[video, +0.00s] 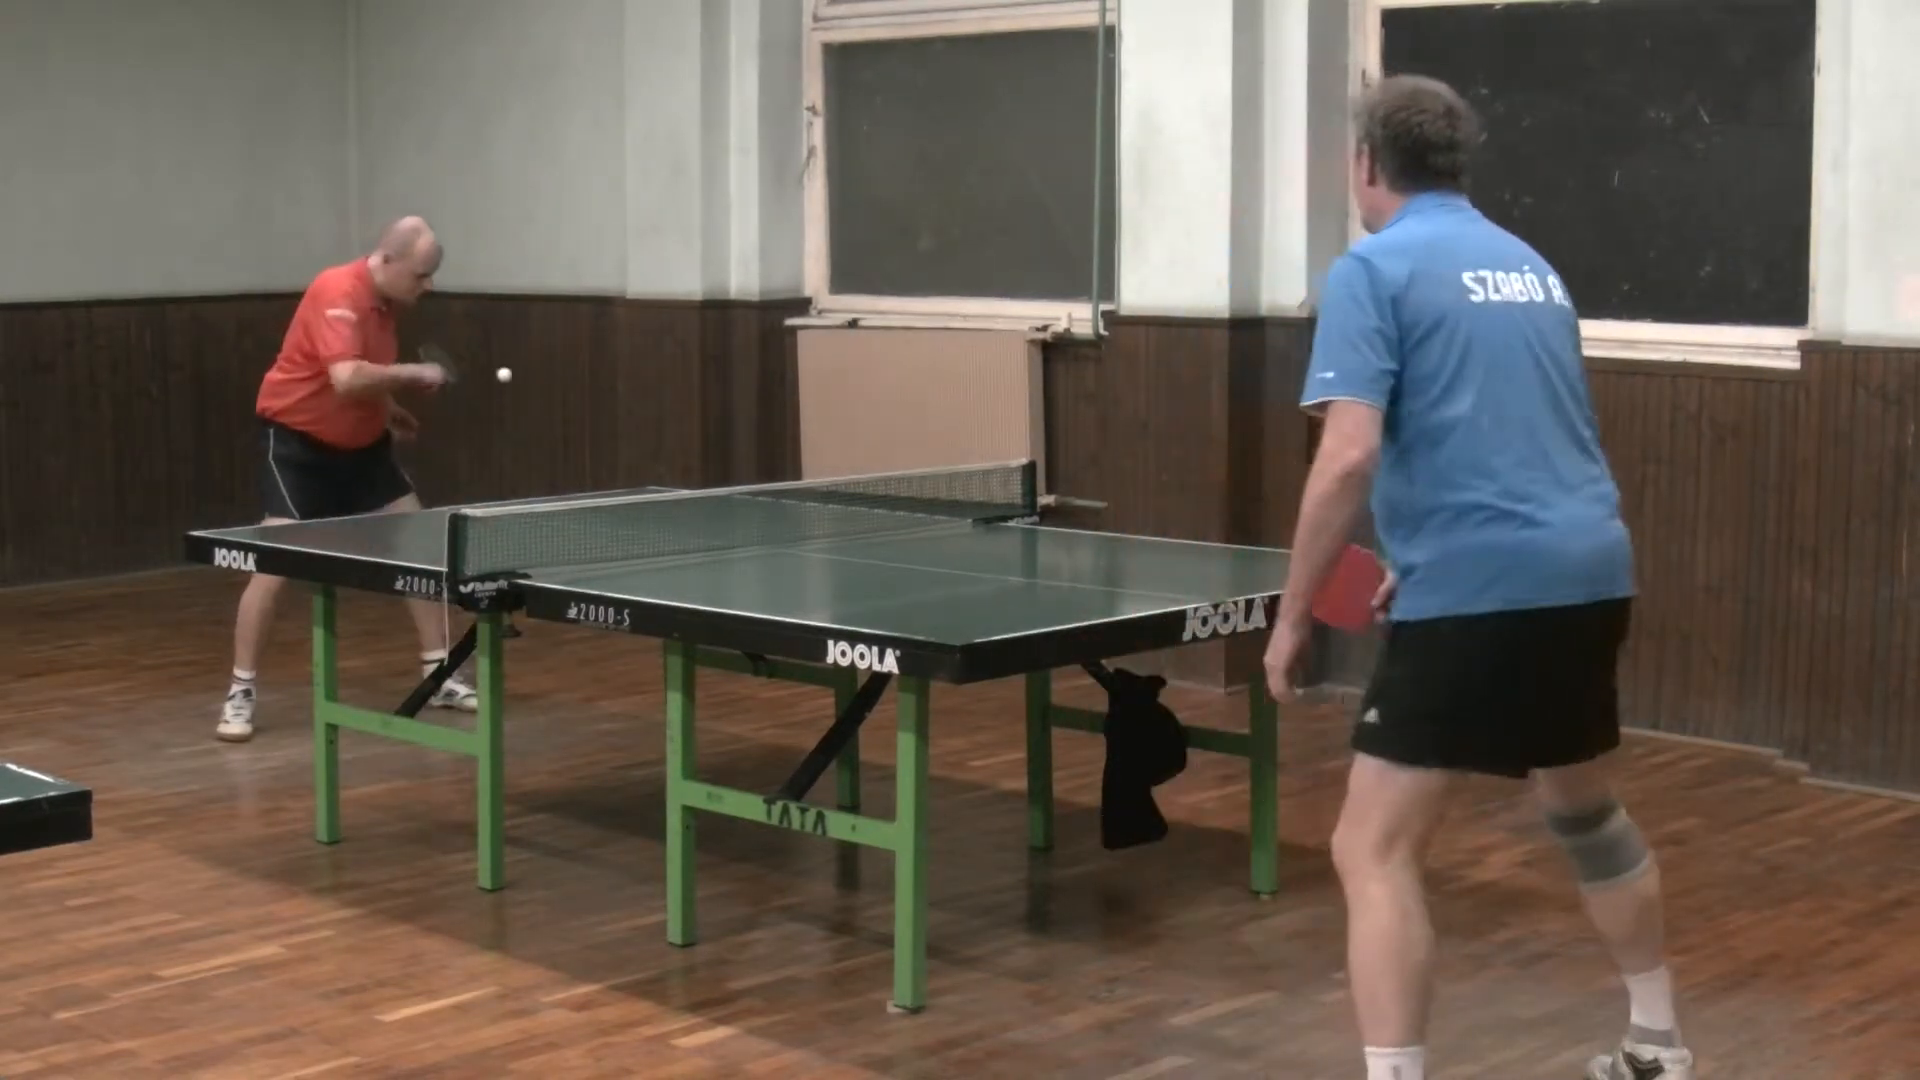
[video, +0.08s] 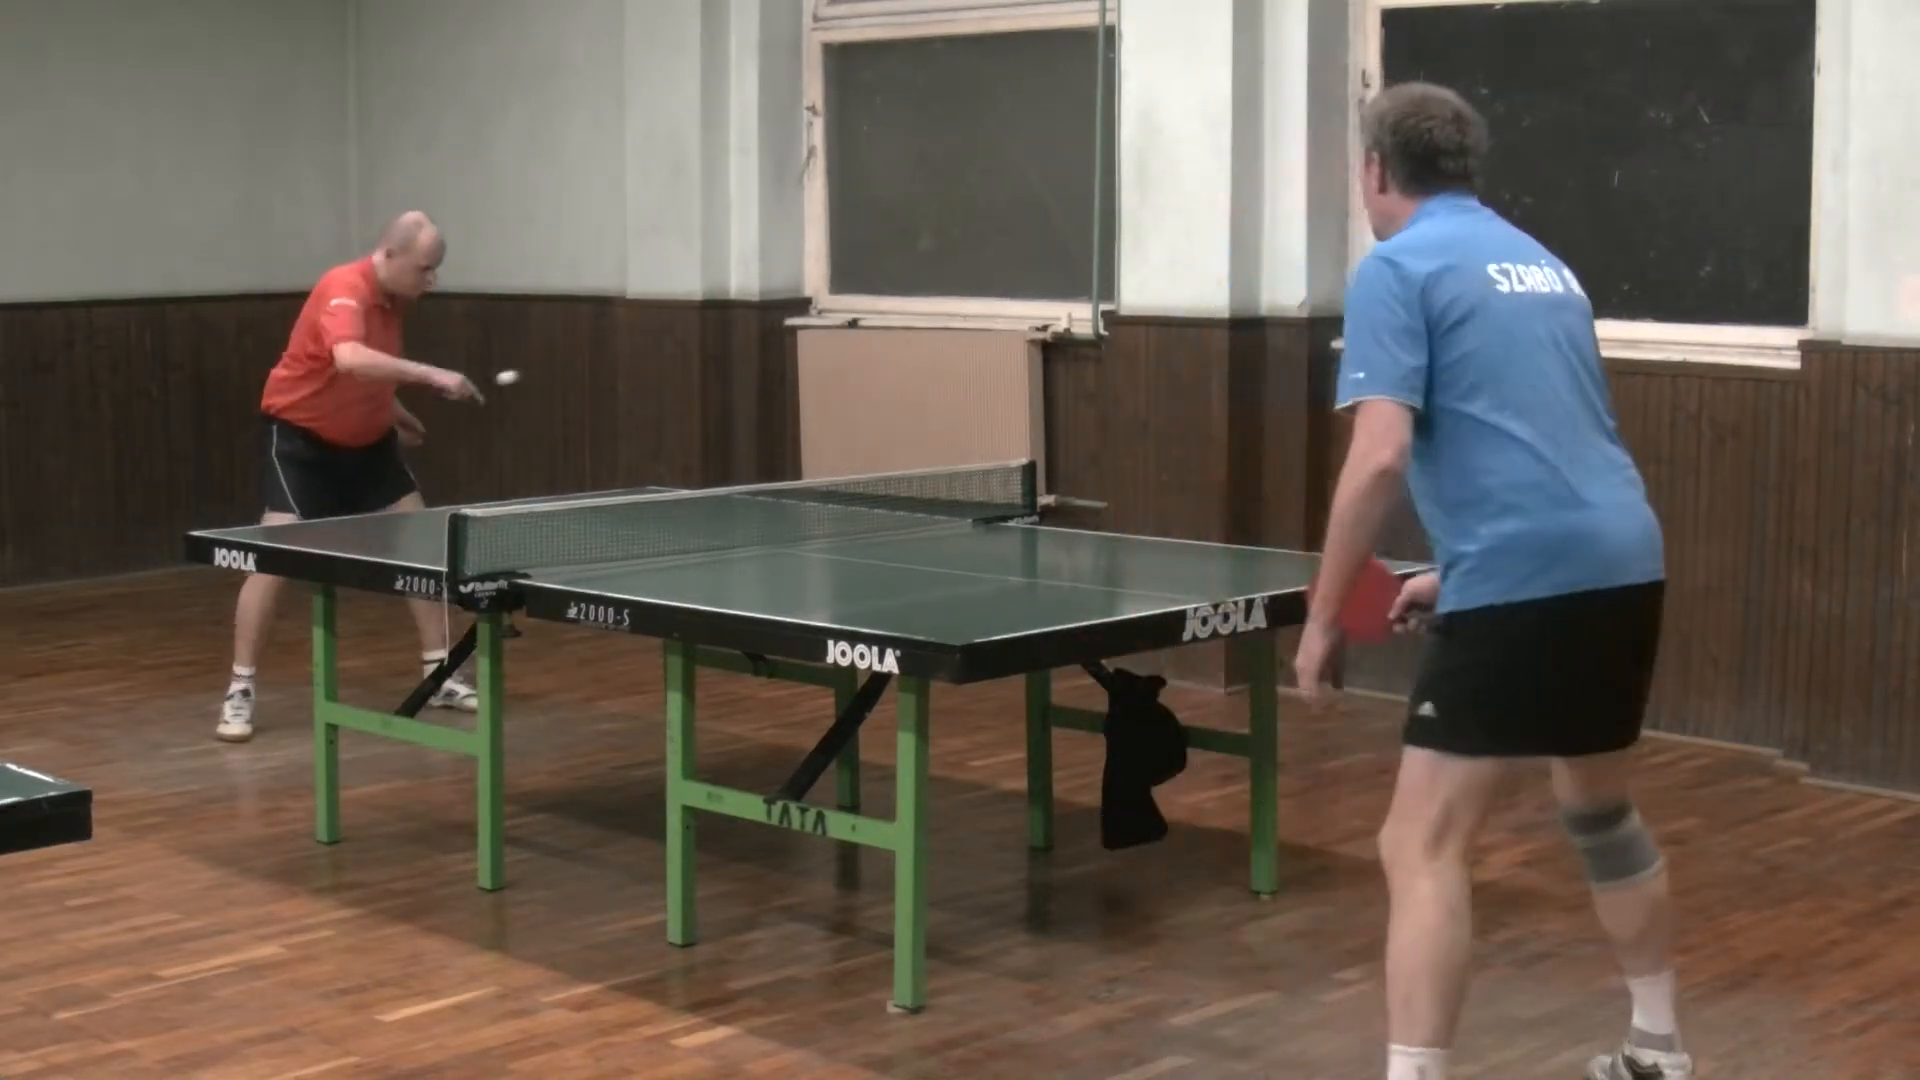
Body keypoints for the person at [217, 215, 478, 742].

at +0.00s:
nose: (428, 287)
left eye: (431, 277)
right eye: (422, 275)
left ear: (396, 264)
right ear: (386, 261)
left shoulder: (383, 296)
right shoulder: (338, 290)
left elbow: (364, 369)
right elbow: (347, 376)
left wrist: (388, 407)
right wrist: (412, 372)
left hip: (362, 440)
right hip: (297, 439)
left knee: (418, 539)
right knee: (278, 559)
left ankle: (439, 671)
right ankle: (241, 689)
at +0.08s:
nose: (432, 281)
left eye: (435, 270)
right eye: (426, 269)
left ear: (404, 261)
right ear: (389, 256)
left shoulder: (391, 295)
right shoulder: (344, 287)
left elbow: (367, 367)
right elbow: (349, 359)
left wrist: (393, 411)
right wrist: (433, 375)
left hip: (368, 438)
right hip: (300, 436)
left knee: (420, 540)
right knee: (278, 556)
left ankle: (440, 670)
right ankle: (240, 687)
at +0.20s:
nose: (429, 272)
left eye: (433, 261)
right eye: (421, 260)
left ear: (425, 255)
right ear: (386, 249)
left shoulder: (397, 295)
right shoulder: (349, 282)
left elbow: (378, 362)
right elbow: (345, 328)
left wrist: (402, 403)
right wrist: (404, 351)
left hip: (370, 440)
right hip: (299, 436)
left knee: (420, 539)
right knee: (264, 552)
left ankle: (438, 670)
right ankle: (232, 685)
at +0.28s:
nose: (423, 264)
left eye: (426, 253)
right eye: (413, 254)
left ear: (423, 251)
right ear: (377, 249)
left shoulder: (398, 296)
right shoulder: (340, 281)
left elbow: (384, 360)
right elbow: (310, 319)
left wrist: (407, 404)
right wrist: (366, 339)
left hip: (366, 443)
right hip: (298, 439)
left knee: (418, 545)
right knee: (262, 556)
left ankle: (438, 674)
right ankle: (224, 675)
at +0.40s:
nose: (390, 254)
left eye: (393, 243)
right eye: (378, 245)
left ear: (393, 243)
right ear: (344, 245)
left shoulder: (371, 292)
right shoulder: (309, 285)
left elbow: (359, 361)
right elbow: (255, 333)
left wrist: (389, 414)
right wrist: (318, 346)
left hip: (351, 444)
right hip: (286, 445)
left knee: (409, 545)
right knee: (262, 563)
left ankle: (437, 671)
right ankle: (217, 650)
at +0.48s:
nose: (356, 249)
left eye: (359, 239)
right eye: (343, 241)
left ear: (360, 241)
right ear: (310, 243)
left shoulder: (344, 292)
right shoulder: (276, 289)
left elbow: (333, 365)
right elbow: (224, 344)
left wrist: (359, 415)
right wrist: (289, 360)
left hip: (336, 446)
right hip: (270, 449)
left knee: (393, 545)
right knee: (244, 570)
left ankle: (434, 667)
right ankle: (219, 656)